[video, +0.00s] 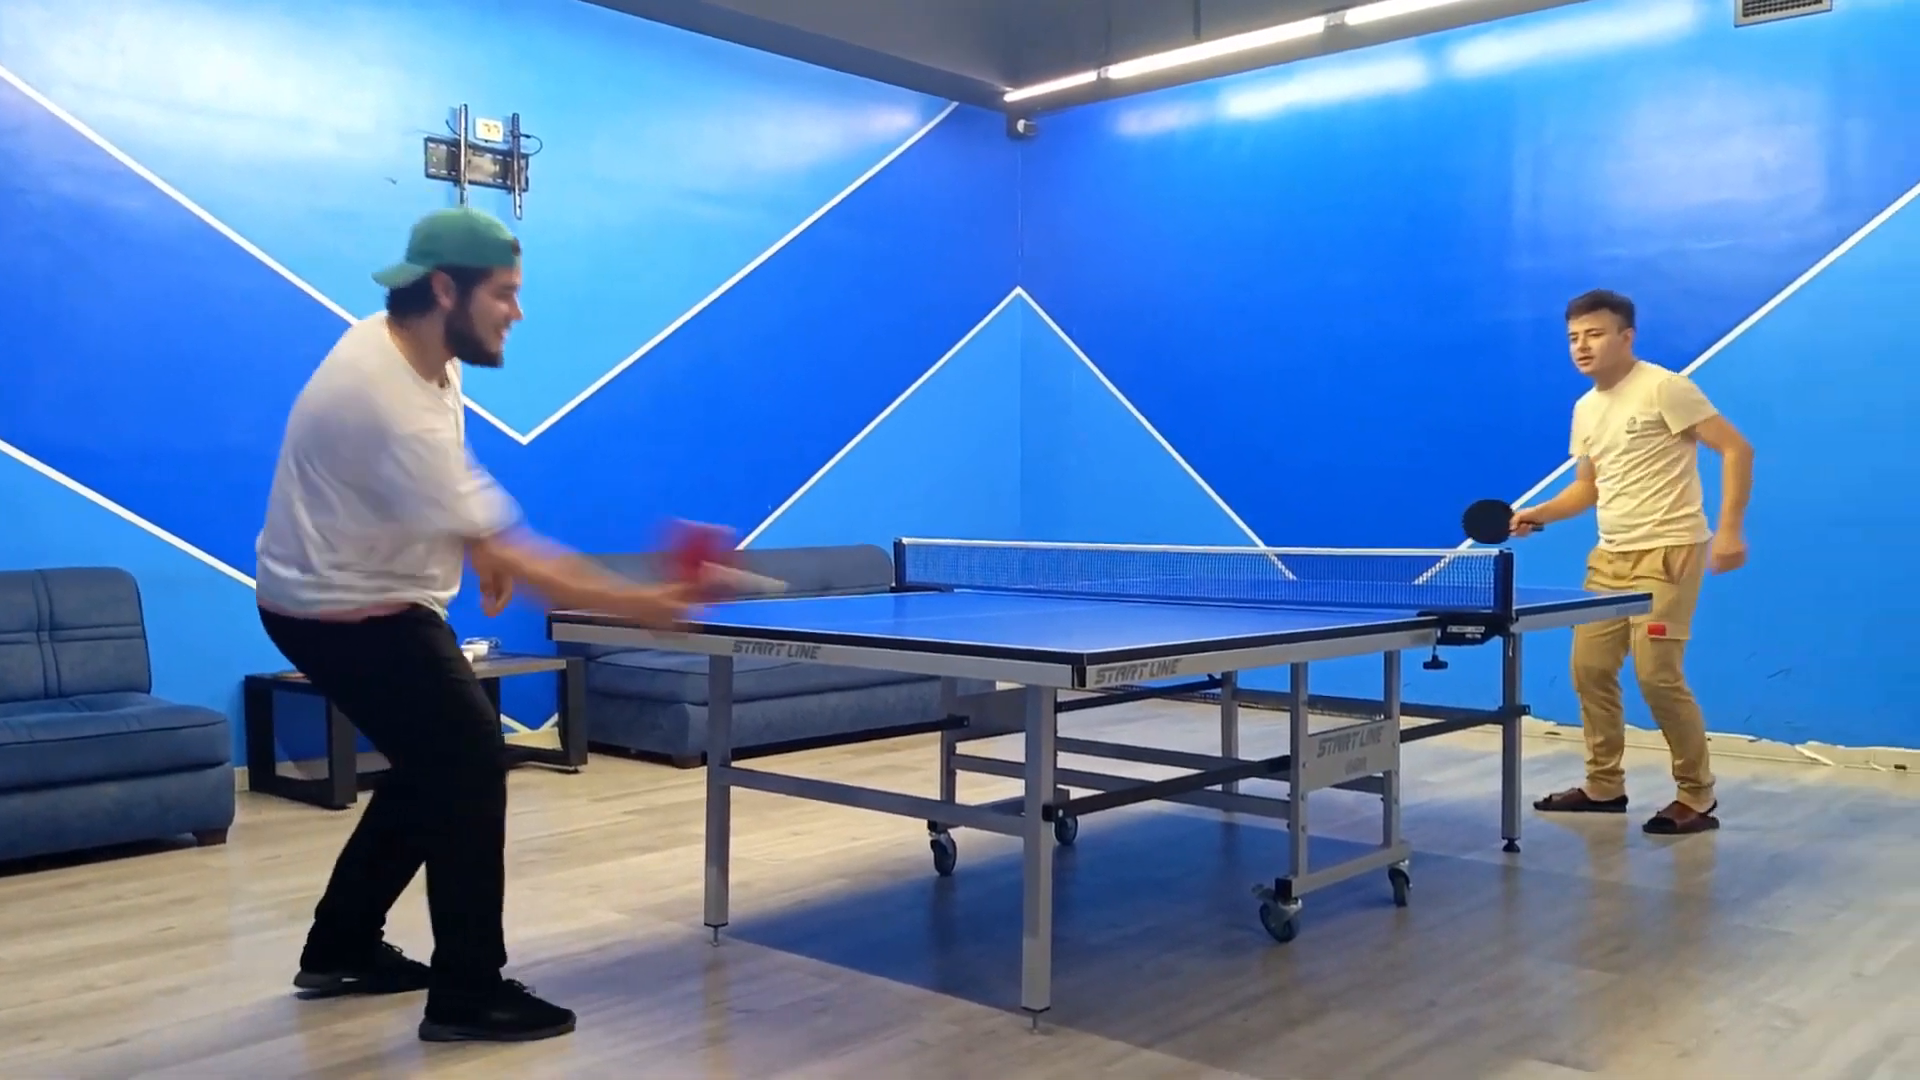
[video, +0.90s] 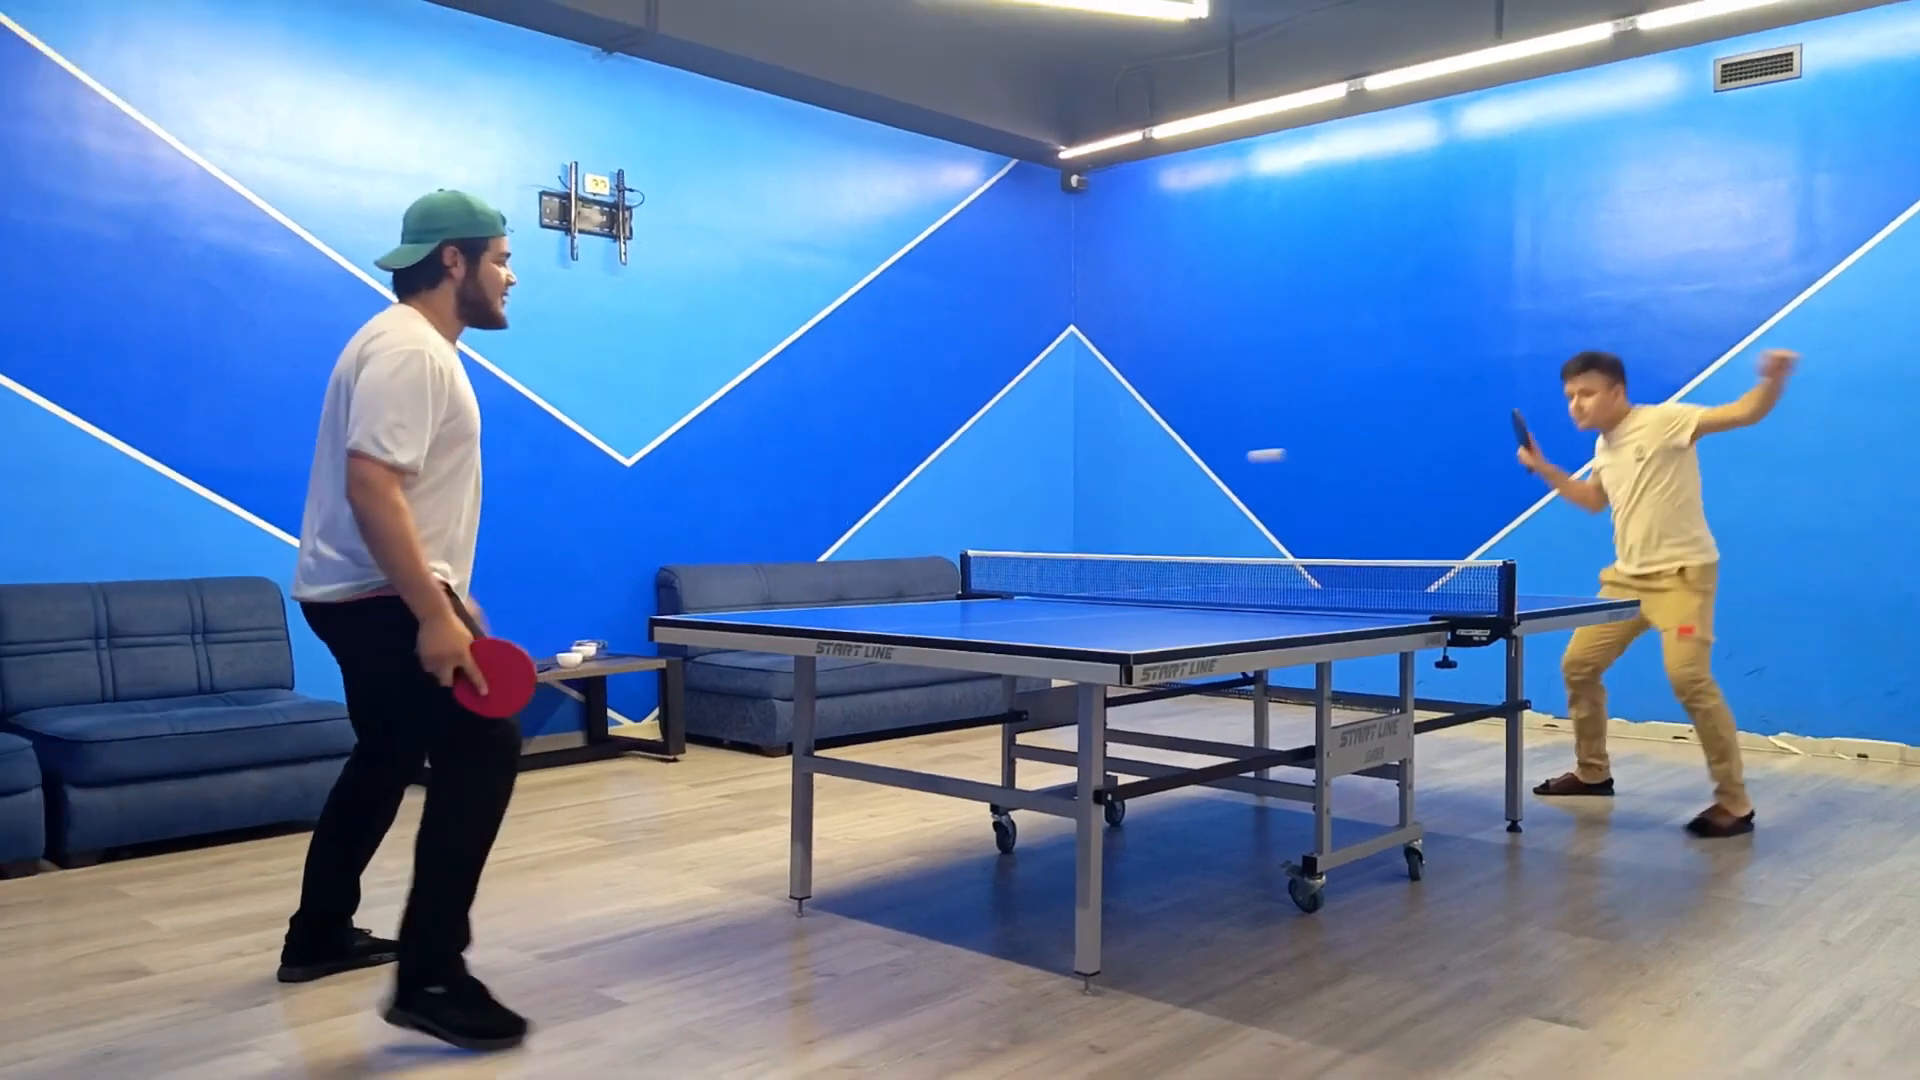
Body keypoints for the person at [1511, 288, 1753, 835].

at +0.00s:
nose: (1581, 346)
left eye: (1593, 335)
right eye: (1574, 337)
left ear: (1626, 338)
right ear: (1570, 343)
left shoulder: (1665, 388)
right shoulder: (1585, 409)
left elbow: (1737, 449)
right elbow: (1588, 487)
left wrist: (1729, 530)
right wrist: (1540, 514)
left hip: (1669, 553)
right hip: (1611, 557)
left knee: (1657, 675)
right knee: (1590, 669)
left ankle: (1696, 798)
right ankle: (1603, 788)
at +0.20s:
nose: (1522, 355)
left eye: (1533, 344)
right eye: (1515, 347)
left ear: (1567, 344)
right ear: (1511, 353)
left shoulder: (1613, 384)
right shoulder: (1525, 416)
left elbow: (1695, 414)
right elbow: (1520, 491)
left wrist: (1683, 483)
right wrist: (1475, 514)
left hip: (1629, 554)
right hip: (1567, 561)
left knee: (1634, 679)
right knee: (1534, 666)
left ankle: (1671, 814)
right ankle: (1558, 788)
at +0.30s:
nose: (1514, 379)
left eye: (1524, 366)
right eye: (1506, 372)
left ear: (1557, 364)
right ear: (1504, 379)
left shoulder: (1609, 407)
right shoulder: (1524, 437)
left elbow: (1688, 455)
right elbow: (1536, 513)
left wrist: (1641, 496)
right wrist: (1484, 537)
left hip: (1638, 568)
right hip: (1577, 576)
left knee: (1641, 682)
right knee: (1521, 667)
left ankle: (1686, 824)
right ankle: (1553, 786)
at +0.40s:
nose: (1503, 417)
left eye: (1511, 403)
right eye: (1496, 409)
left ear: (1547, 395)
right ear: (1497, 413)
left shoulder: (1597, 431)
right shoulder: (1543, 460)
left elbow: (1656, 497)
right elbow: (1582, 533)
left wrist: (1566, 507)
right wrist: (1535, 575)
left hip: (1643, 582)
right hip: (1587, 589)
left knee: (1627, 685)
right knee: (1515, 678)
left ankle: (1688, 826)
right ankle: (1553, 787)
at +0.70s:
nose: (1525, 463)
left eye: (1530, 449)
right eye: (1520, 455)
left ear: (1565, 438)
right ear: (1558, 447)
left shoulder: (1600, 470)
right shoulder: (1574, 504)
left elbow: (1633, 460)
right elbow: (1547, 570)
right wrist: (1484, 533)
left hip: (1654, 623)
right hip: (1611, 622)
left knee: (1598, 720)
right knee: (1512, 681)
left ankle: (1709, 829)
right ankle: (1557, 789)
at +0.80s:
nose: (1549, 432)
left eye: (1556, 419)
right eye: (1546, 423)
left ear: (1592, 414)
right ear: (1576, 423)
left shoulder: (1635, 441)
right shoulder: (1585, 479)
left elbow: (1706, 428)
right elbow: (1558, 534)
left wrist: (1680, 384)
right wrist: (1514, 492)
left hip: (1668, 595)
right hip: (1623, 604)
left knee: (1645, 692)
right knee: (1542, 674)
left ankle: (1723, 819)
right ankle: (1576, 779)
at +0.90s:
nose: (1575, 405)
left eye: (1585, 394)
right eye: (1570, 397)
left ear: (1618, 392)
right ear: (1573, 402)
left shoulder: (1662, 420)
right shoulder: (1604, 450)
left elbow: (1742, 412)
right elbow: (1592, 498)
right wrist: (1544, 469)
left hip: (1683, 574)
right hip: (1630, 578)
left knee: (1689, 679)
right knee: (1578, 666)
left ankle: (1734, 803)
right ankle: (1592, 773)